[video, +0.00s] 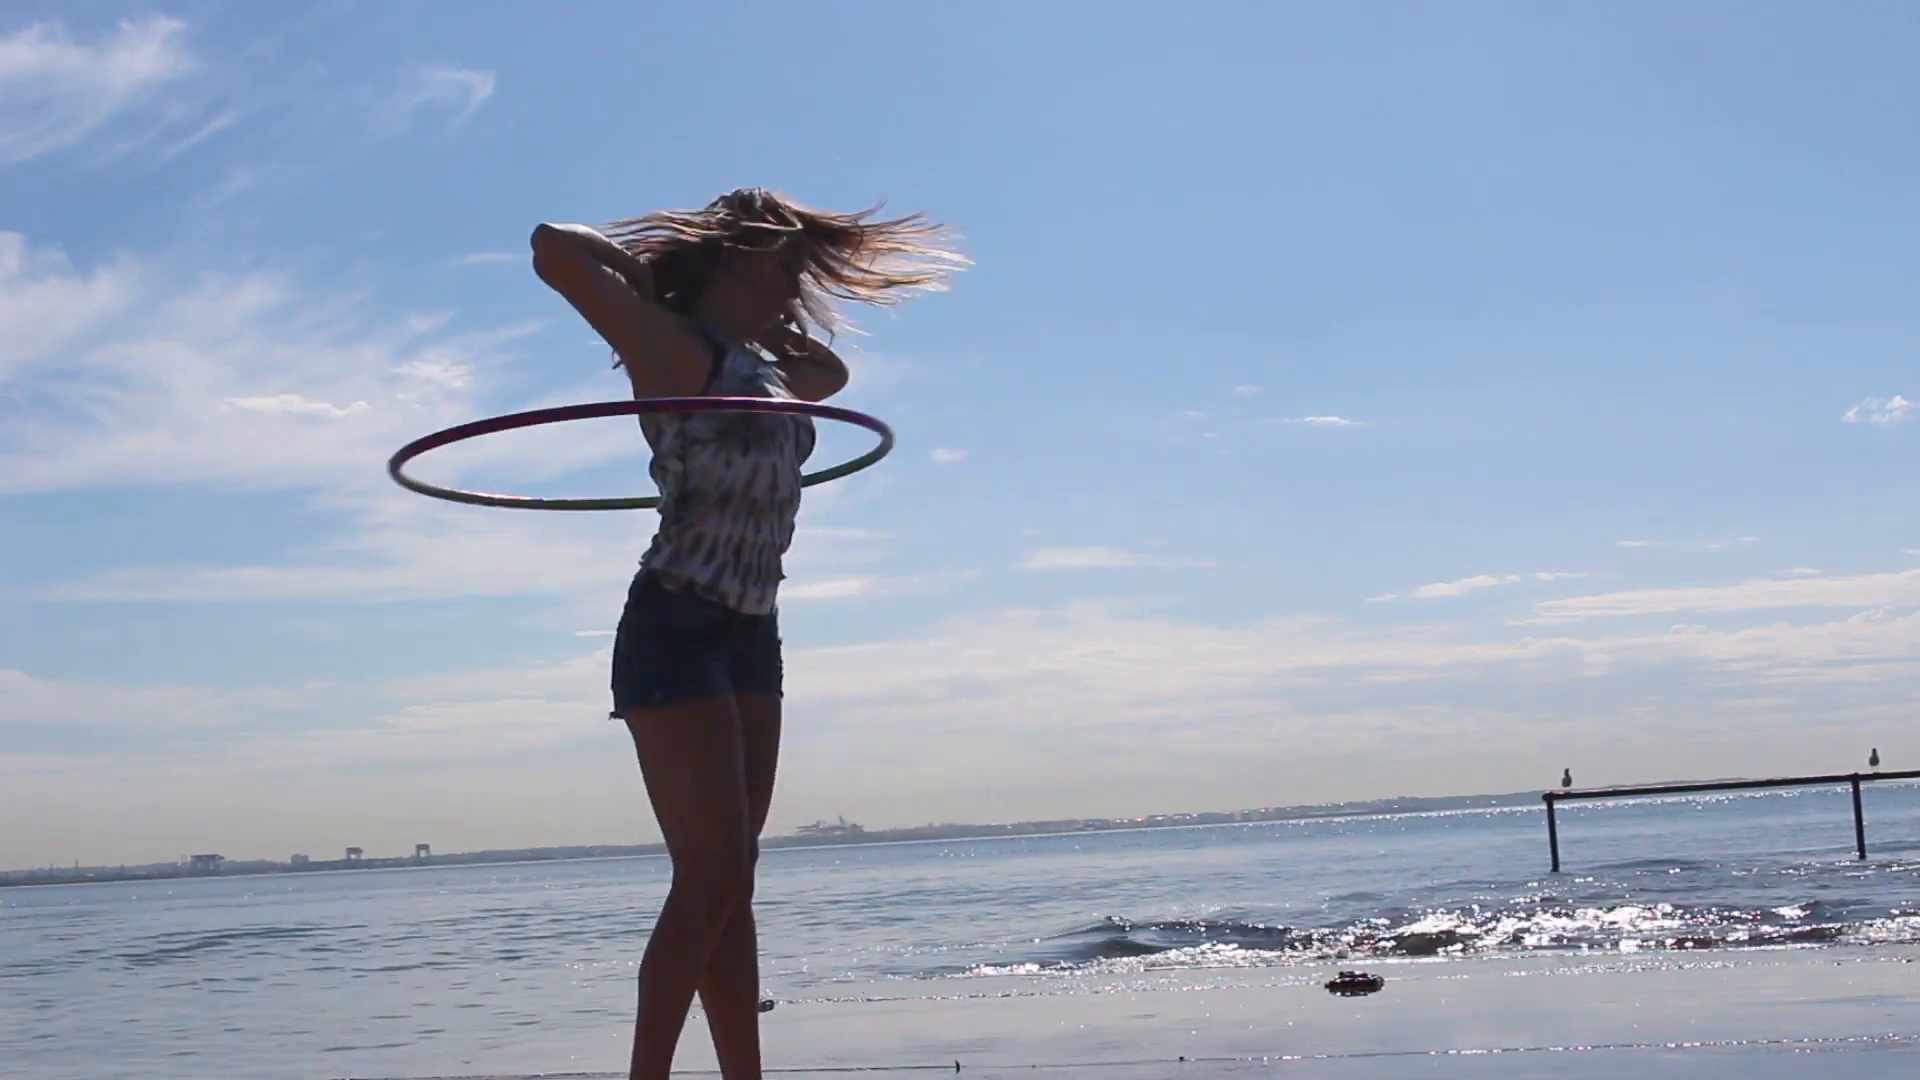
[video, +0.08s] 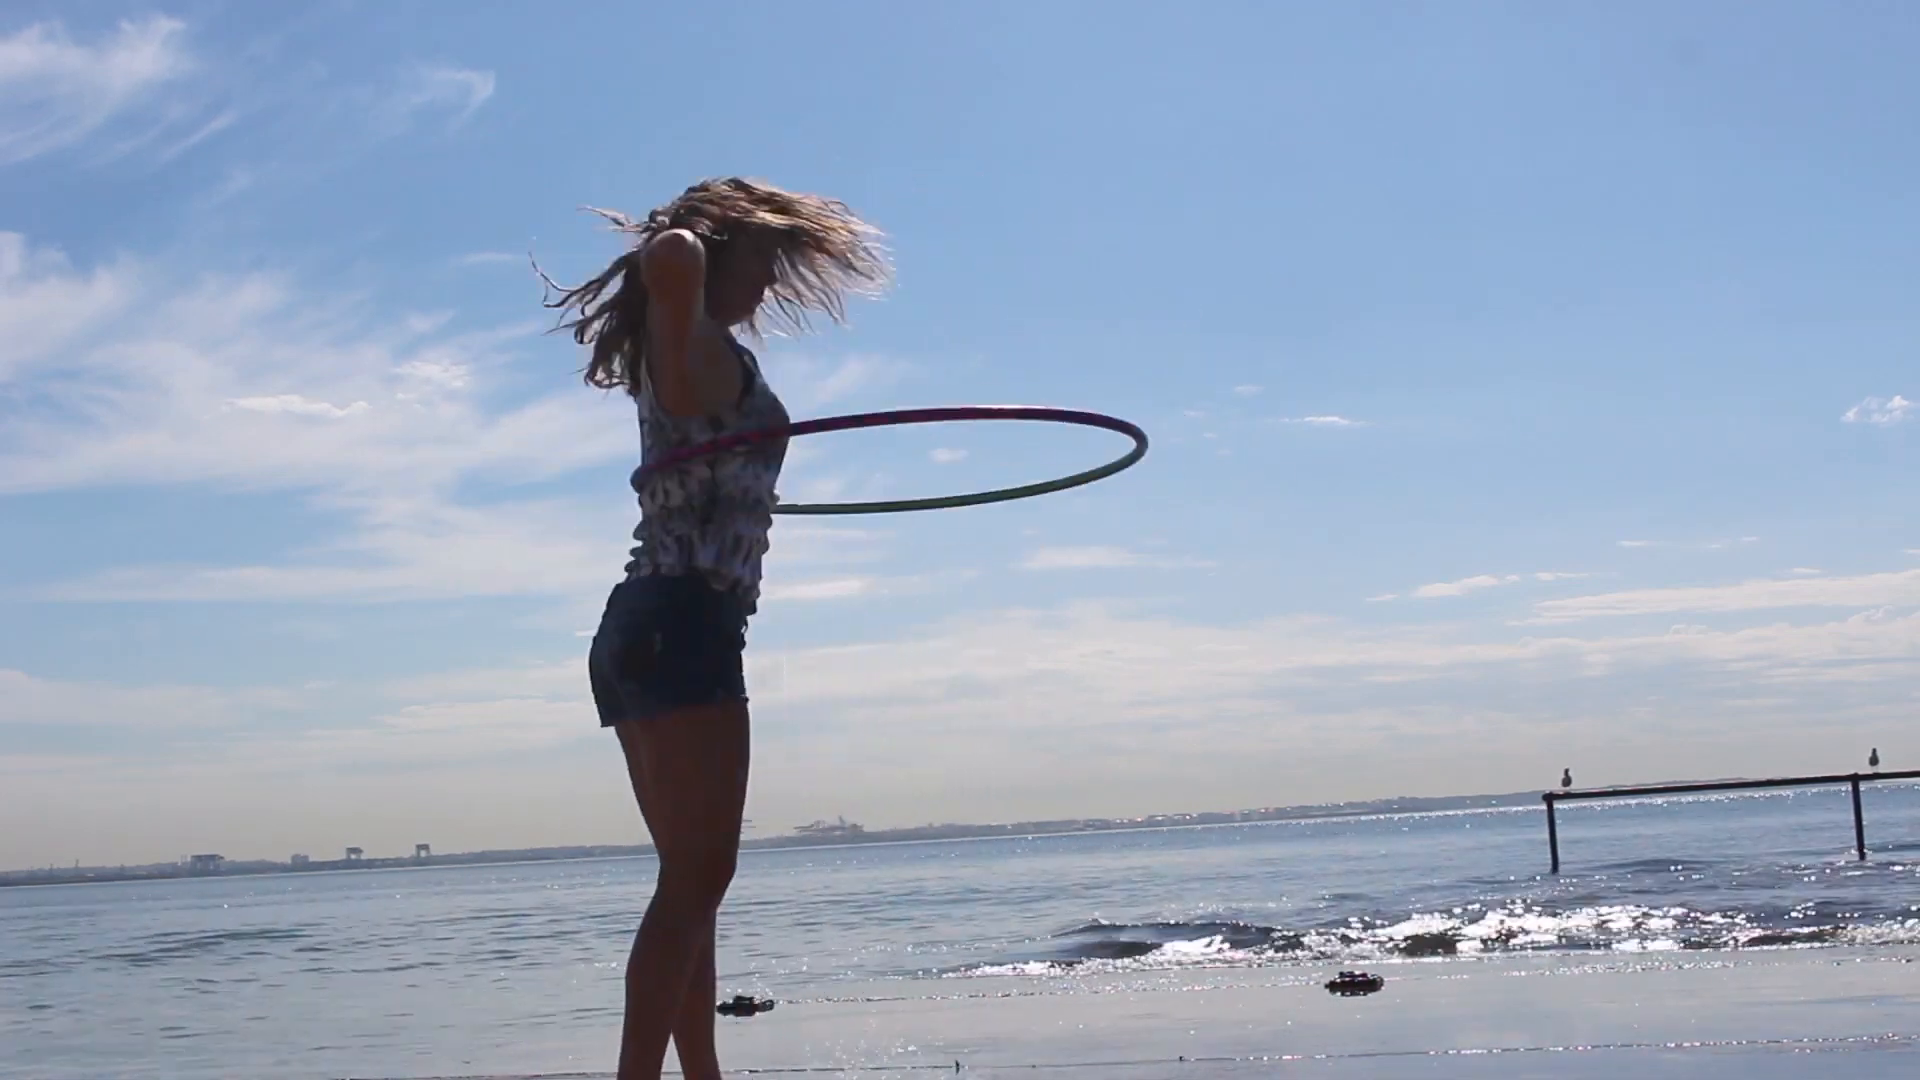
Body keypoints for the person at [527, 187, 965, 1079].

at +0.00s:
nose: (795, 288)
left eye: (798, 271)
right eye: (783, 268)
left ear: (761, 278)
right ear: (730, 266)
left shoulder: (763, 366)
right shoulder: (668, 347)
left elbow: (831, 373)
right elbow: (552, 246)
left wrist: (777, 321)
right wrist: (643, 262)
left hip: (752, 636)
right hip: (674, 630)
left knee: (733, 877)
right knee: (710, 873)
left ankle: (743, 1076)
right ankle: (648, 1073)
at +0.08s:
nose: (769, 287)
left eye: (775, 272)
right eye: (763, 265)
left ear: (739, 273)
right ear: (720, 261)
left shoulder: (703, 358)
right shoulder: (690, 351)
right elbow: (676, 251)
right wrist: (662, 244)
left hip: (655, 630)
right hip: (680, 630)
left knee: (694, 872)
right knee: (697, 871)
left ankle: (701, 1072)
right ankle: (638, 1073)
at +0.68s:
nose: (608, 280)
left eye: (618, 265)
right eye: (588, 266)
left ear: (635, 276)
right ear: (552, 279)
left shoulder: (666, 373)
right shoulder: (516, 387)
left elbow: (764, 408)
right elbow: (387, 458)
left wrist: (839, 372)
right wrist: (435, 343)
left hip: (660, 637)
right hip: (557, 642)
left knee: (663, 875)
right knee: (591, 878)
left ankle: (691, 1069)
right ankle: (600, 1074)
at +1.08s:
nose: (523, 403)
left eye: (522, 391)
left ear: (538, 385)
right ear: (598, 357)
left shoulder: (561, 449)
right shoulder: (697, 416)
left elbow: (504, 525)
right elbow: (826, 437)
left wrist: (414, 449)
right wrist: (753, 365)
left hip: (568, 682)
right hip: (669, 678)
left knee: (606, 898)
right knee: (672, 880)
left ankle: (620, 1073)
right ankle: (701, 1052)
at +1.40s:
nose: (732, 309)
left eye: (735, 300)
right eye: (715, 294)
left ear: (728, 323)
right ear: (667, 305)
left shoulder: (745, 394)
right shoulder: (606, 382)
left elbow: (873, 423)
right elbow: (497, 409)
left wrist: (999, 407)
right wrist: (419, 326)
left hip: (696, 651)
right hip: (599, 654)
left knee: (738, 869)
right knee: (634, 876)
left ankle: (721, 1071)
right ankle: (653, 1066)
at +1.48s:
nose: (763, 311)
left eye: (763, 299)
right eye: (746, 298)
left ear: (741, 327)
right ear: (694, 317)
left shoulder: (756, 418)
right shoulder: (629, 394)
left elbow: (816, 467)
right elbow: (487, 398)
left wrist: (891, 472)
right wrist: (425, 298)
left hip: (723, 679)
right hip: (631, 677)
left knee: (761, 875)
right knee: (650, 897)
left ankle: (722, 1072)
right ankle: (622, 1054)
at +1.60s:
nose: (785, 354)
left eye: (781, 338)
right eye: (775, 339)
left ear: (715, 343)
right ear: (750, 347)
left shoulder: (706, 437)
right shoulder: (708, 412)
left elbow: (622, 518)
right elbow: (593, 392)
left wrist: (586, 519)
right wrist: (517, 293)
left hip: (707, 687)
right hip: (679, 685)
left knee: (778, 888)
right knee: (779, 886)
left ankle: (721, 1075)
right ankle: (641, 1064)